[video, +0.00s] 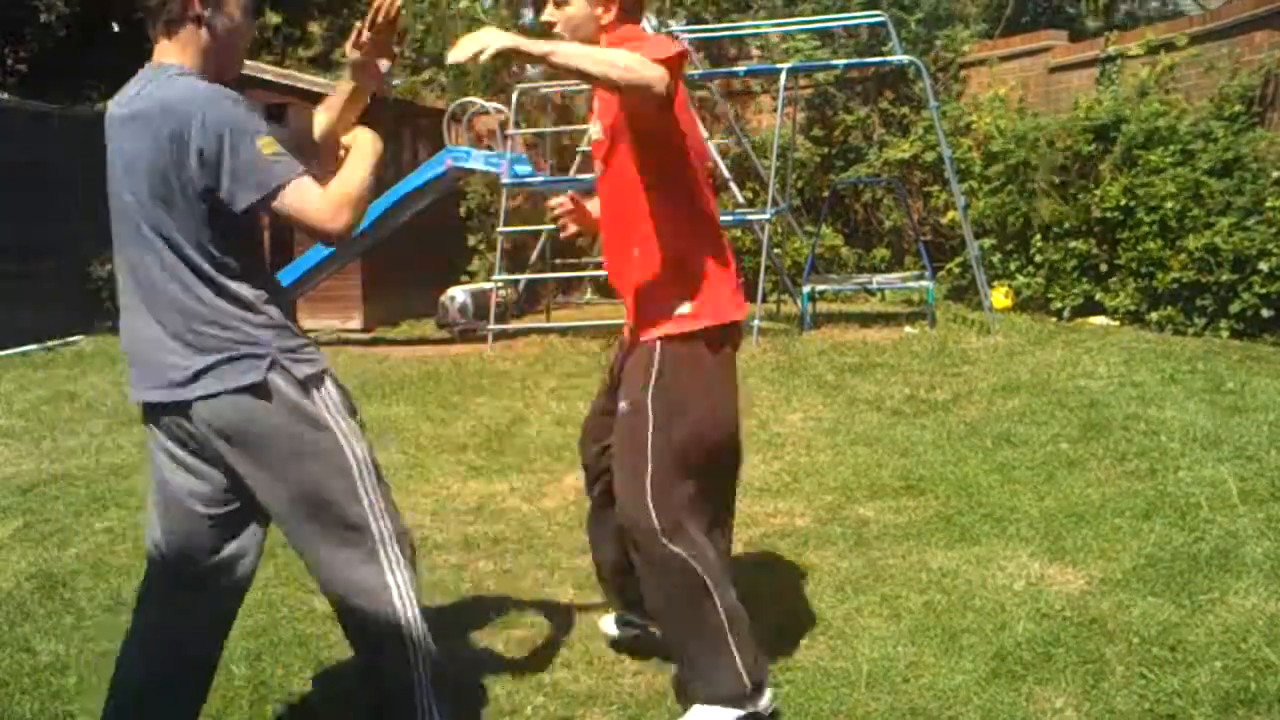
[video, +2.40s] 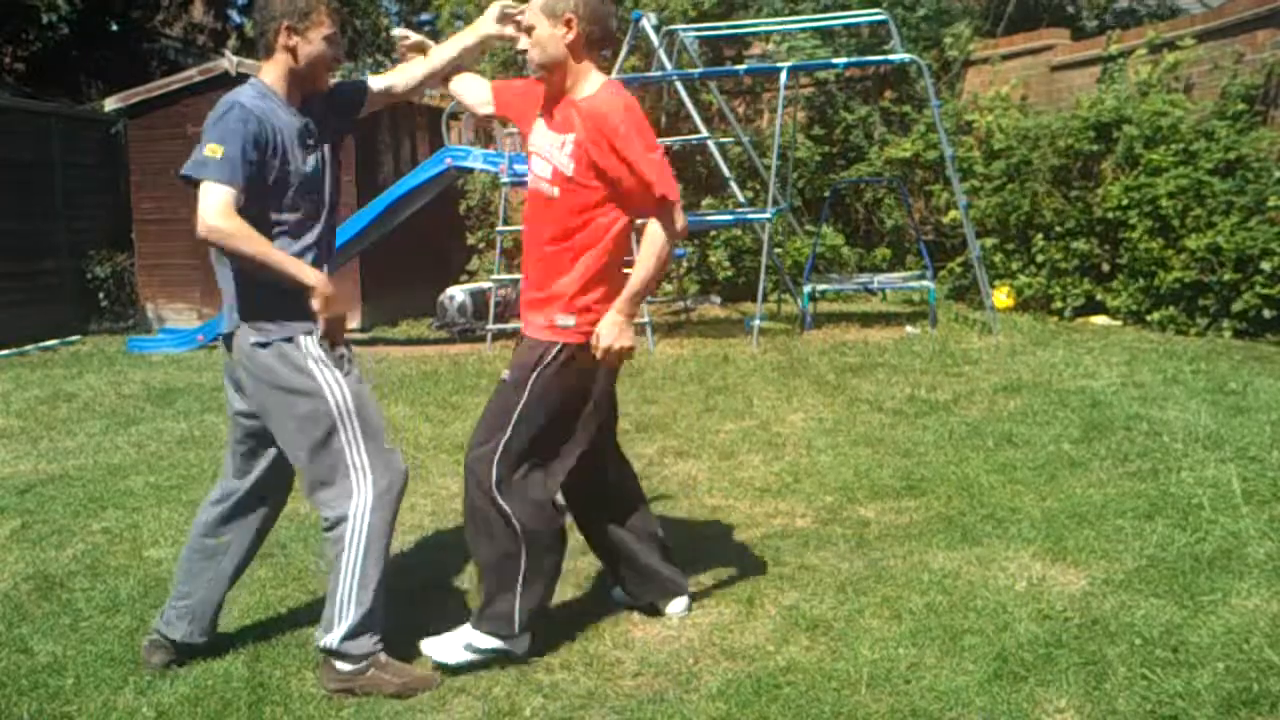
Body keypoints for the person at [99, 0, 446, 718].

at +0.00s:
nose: (250, 34)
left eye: (251, 19)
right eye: (245, 16)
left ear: (179, 17)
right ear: (201, 13)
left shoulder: (126, 108)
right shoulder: (212, 109)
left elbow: (279, 169)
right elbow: (332, 214)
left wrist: (357, 83)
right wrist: (365, 149)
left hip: (171, 382)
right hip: (256, 372)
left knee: (183, 594)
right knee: (370, 560)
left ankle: (137, 715)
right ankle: (421, 707)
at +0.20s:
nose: (298, 22)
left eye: (295, 9)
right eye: (289, 6)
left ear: (240, 15)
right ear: (241, 8)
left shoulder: (253, 108)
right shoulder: (191, 98)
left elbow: (359, 168)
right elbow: (244, 218)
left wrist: (448, 123)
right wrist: (318, 144)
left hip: (235, 365)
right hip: (265, 362)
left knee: (203, 567)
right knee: (394, 547)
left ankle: (90, 715)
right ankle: (399, 710)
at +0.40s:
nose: (364, 54)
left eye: (363, 38)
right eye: (354, 36)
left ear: (299, 36)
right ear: (301, 33)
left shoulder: (247, 116)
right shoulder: (277, 113)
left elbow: (339, 247)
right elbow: (368, 228)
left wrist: (404, 171)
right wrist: (397, 126)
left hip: (238, 388)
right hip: (291, 377)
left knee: (267, 584)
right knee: (423, 552)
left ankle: (112, 711)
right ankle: (417, 714)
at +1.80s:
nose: (370, 49)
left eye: (370, 35)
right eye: (362, 34)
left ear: (314, 34)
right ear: (318, 33)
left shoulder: (254, 114)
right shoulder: (308, 97)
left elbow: (330, 212)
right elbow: (412, 131)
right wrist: (502, 55)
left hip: (265, 338)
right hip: (328, 334)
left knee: (276, 492)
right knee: (426, 495)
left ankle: (196, 638)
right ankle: (400, 680)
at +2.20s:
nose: (345, 65)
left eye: (346, 51)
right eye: (339, 49)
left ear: (293, 42)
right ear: (298, 41)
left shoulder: (259, 107)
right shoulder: (270, 103)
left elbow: (335, 201)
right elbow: (349, 171)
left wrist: (372, 134)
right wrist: (414, 148)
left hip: (251, 333)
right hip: (289, 333)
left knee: (262, 484)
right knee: (377, 474)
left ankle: (188, 632)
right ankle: (383, 661)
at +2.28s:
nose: (341, 59)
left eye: (342, 45)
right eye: (334, 42)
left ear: (291, 37)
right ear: (292, 35)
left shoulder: (284, 111)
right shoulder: (250, 99)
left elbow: (366, 183)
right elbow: (294, 195)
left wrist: (387, 114)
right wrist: (389, 191)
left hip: (266, 327)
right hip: (281, 328)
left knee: (262, 476)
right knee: (365, 471)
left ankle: (185, 629)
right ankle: (355, 657)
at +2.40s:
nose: (341, 54)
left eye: (341, 41)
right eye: (332, 40)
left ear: (305, 42)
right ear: (288, 37)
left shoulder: (317, 105)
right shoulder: (242, 113)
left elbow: (403, 81)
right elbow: (214, 219)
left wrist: (485, 29)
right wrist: (312, 276)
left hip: (275, 334)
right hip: (282, 337)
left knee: (247, 488)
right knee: (370, 475)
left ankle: (175, 634)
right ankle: (350, 654)